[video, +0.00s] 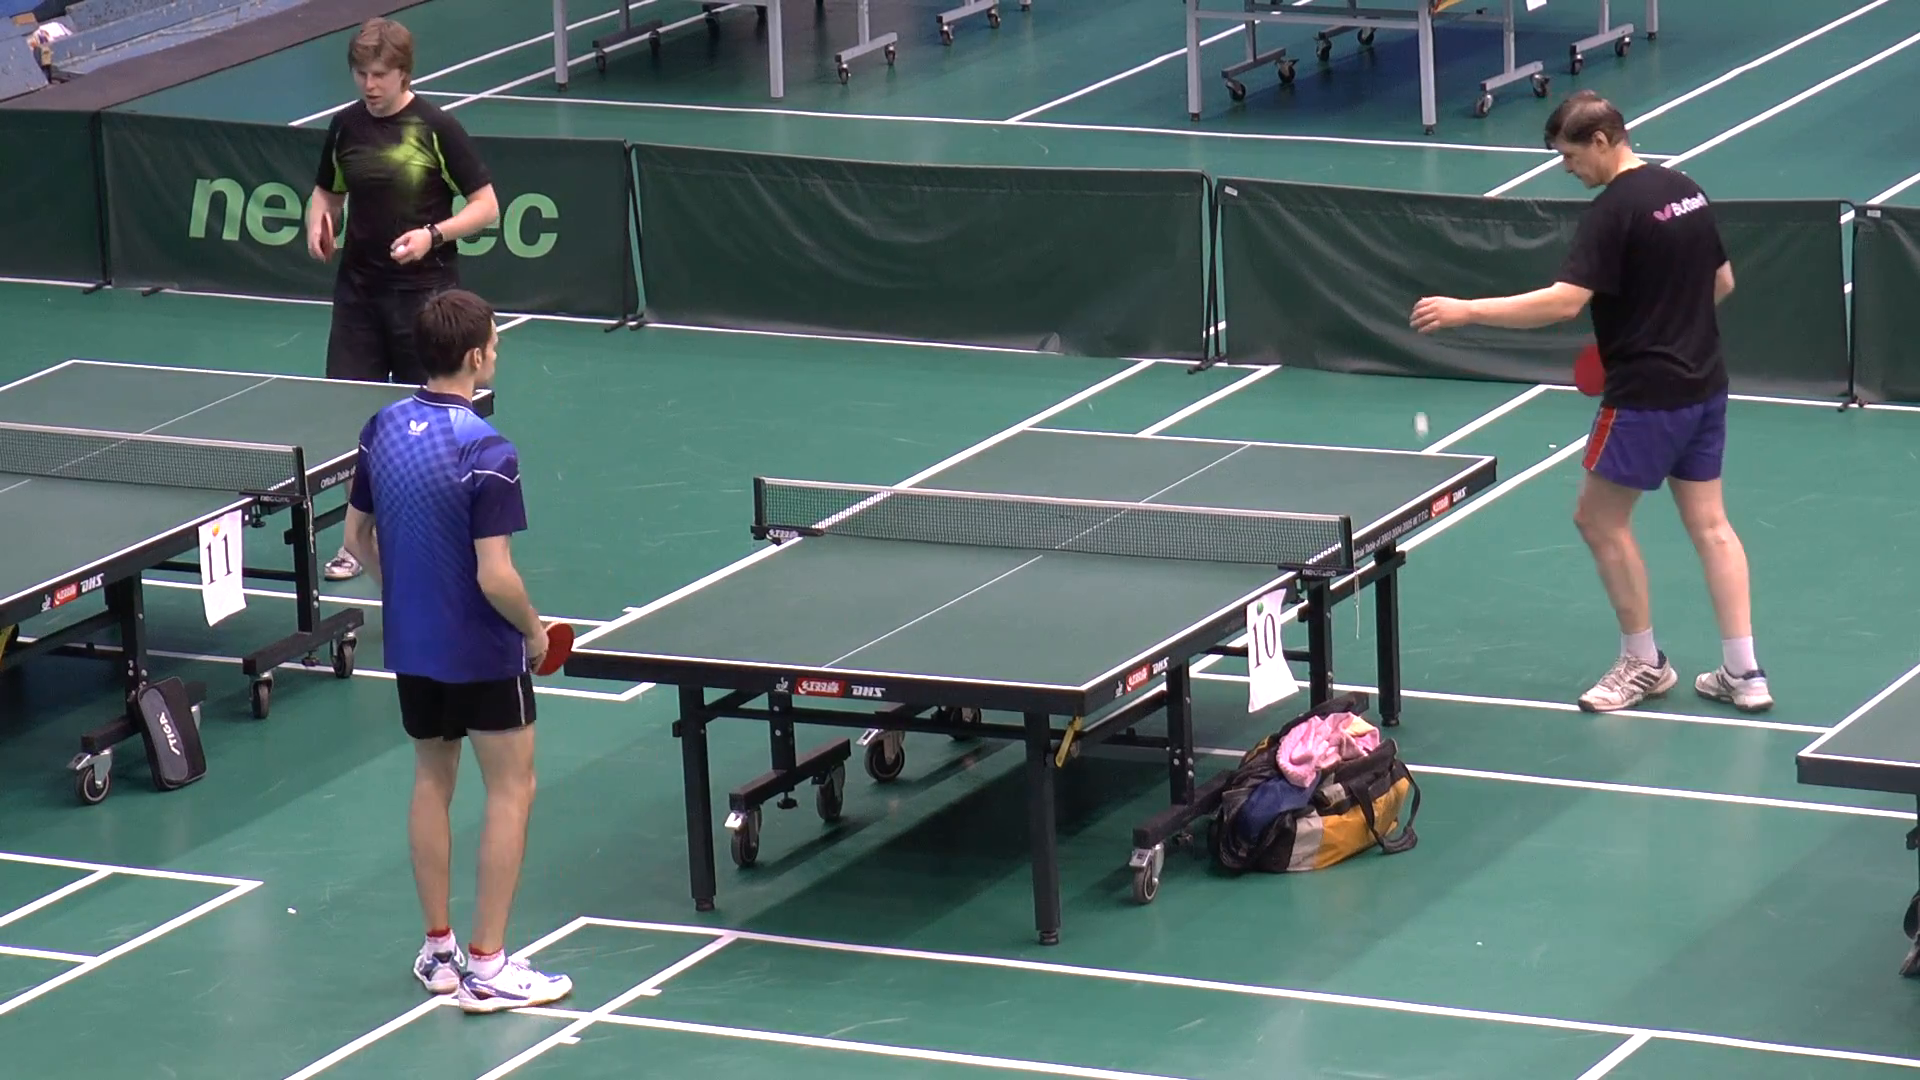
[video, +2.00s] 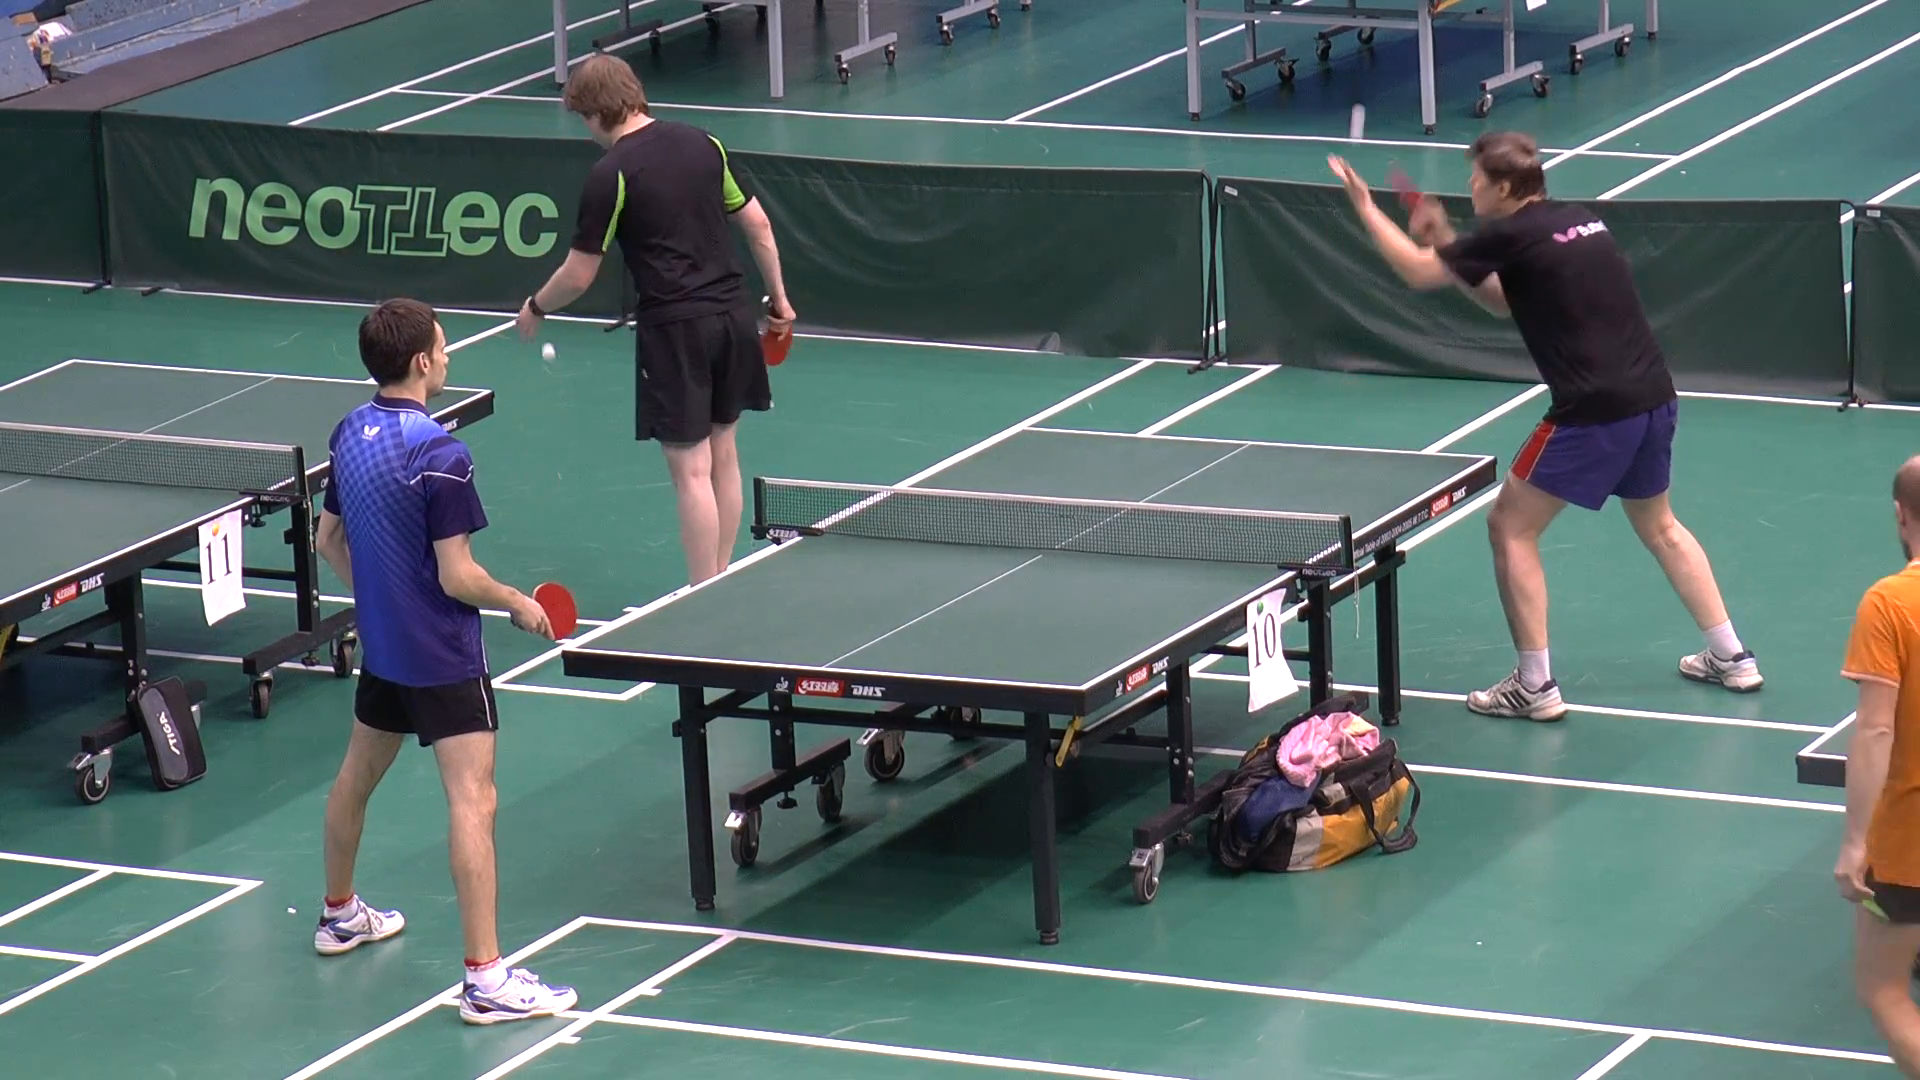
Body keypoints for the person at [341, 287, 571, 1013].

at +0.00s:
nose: (496, 352)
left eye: (492, 341)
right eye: (493, 344)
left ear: (426, 353)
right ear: (477, 354)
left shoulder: (384, 424)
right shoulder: (486, 448)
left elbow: (360, 541)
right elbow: (494, 576)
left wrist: (408, 586)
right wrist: (536, 631)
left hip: (413, 648)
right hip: (482, 652)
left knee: (433, 779)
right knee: (510, 787)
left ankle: (438, 950)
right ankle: (487, 961)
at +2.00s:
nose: (445, 356)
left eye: (442, 344)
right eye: (441, 346)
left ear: (376, 365)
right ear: (425, 360)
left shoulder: (350, 430)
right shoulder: (439, 448)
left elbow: (329, 538)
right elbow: (457, 575)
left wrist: (380, 596)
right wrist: (517, 602)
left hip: (383, 648)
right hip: (443, 655)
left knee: (355, 780)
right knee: (473, 802)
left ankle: (340, 912)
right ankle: (486, 974)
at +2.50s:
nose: (452, 353)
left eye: (448, 342)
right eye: (447, 344)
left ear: (385, 363)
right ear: (427, 361)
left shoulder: (353, 429)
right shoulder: (435, 454)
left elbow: (330, 539)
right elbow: (441, 578)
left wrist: (378, 601)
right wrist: (501, 618)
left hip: (380, 648)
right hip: (437, 656)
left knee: (354, 777)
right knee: (470, 804)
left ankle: (339, 912)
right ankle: (485, 975)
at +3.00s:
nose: (500, 380)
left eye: (498, 368)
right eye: (497, 370)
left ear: (429, 377)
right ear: (480, 380)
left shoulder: (385, 440)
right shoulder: (475, 474)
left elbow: (335, 543)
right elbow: (502, 597)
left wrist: (386, 595)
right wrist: (555, 600)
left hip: (393, 658)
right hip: (458, 668)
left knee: (371, 779)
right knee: (526, 801)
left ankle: (350, 912)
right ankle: (490, 975)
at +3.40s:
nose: (527, 412)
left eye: (528, 400)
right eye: (525, 401)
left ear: (459, 399)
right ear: (502, 405)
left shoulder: (406, 455)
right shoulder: (487, 489)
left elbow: (348, 556)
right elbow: (520, 613)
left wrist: (405, 597)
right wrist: (582, 604)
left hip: (395, 666)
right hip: (458, 675)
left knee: (411, 767)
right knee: (550, 811)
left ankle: (350, 924)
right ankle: (493, 977)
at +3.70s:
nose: (568, 456)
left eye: (568, 444)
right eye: (563, 445)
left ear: (512, 442)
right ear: (525, 445)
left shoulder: (451, 488)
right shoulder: (528, 525)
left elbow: (404, 553)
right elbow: (620, 608)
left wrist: (496, 581)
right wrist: (735, 621)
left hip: (438, 702)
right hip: (503, 706)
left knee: (421, 802)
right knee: (658, 769)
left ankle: (340, 933)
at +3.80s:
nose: (647, 457)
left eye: (647, 444)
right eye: (639, 446)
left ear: (576, 442)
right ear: (597, 445)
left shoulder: (513, 479)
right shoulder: (594, 521)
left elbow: (437, 524)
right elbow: (707, 589)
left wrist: (496, 546)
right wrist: (829, 600)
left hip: (479, 700)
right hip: (552, 703)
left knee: (426, 805)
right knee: (708, 767)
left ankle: (339, 935)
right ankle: (784, 927)